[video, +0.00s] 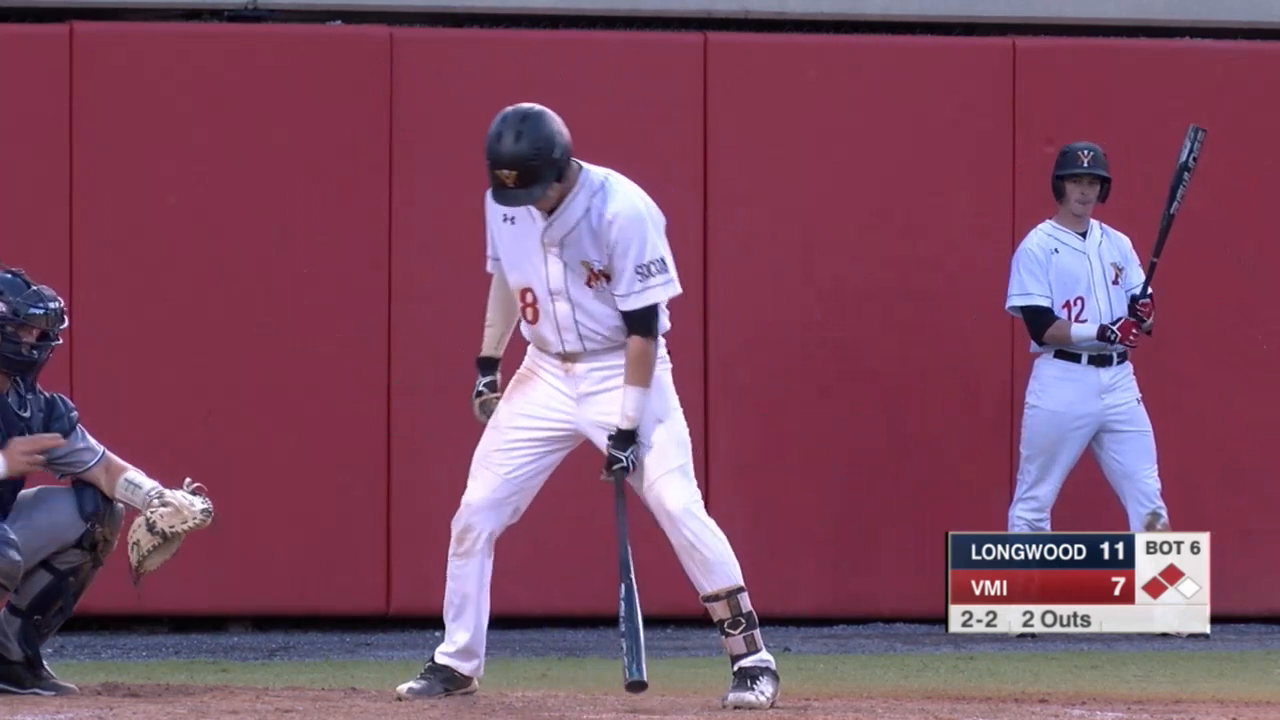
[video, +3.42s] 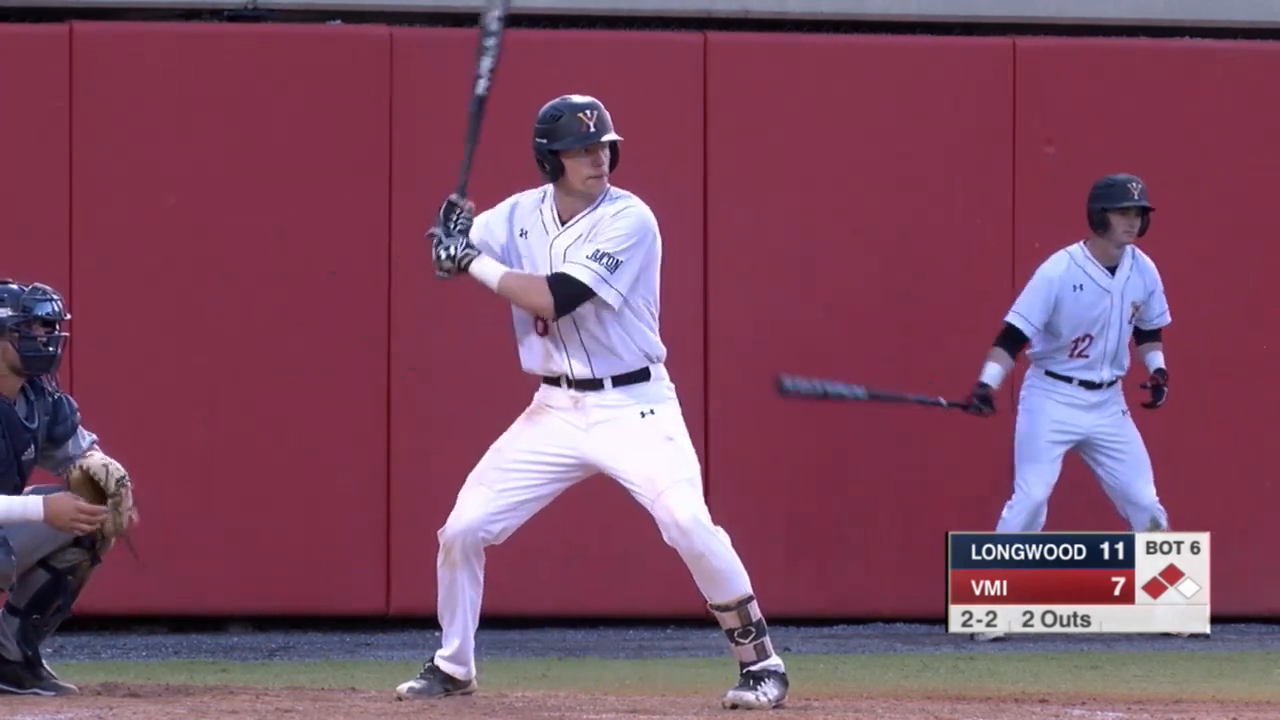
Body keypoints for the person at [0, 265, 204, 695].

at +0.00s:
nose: (30, 339)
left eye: (38, 331)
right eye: (20, 327)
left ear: (48, 336)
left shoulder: (39, 408)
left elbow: (106, 469)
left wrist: (159, 498)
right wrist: (4, 463)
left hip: (6, 535)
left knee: (94, 510)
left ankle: (14, 650)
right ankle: (11, 651)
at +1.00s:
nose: (29, 325)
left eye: (34, 315)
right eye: (17, 314)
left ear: (41, 321)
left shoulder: (23, 395)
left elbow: (107, 466)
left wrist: (183, 512)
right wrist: (21, 427)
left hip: (5, 528)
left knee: (98, 515)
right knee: (8, 561)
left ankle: (14, 651)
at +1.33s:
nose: (30, 322)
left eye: (36, 312)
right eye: (19, 311)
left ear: (43, 318)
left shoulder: (33, 401)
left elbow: (106, 469)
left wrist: (188, 531)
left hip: (9, 528)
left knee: (97, 513)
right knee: (7, 563)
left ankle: (14, 652)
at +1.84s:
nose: (32, 322)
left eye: (38, 312)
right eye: (19, 311)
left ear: (47, 317)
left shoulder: (37, 404)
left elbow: (115, 474)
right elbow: (8, 511)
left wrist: (191, 536)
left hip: (3, 527)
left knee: (100, 514)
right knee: (6, 558)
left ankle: (13, 652)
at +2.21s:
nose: (30, 319)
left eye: (34, 310)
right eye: (17, 309)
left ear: (39, 316)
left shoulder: (36, 402)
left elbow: (99, 463)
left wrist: (172, 512)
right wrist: (6, 474)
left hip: (4, 531)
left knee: (98, 515)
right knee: (5, 561)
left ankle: (12, 651)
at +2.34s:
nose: (28, 318)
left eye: (33, 308)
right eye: (17, 308)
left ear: (41, 314)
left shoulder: (39, 396)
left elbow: (93, 456)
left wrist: (156, 485)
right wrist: (31, 473)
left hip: (10, 525)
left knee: (98, 510)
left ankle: (16, 649)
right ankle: (11, 650)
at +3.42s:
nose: (41, 338)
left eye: (45, 328)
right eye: (28, 329)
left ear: (53, 331)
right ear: (2, 337)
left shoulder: (41, 400)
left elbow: (77, 450)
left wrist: (101, 474)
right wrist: (39, 511)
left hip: (7, 534)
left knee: (87, 507)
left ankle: (14, 650)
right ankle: (11, 650)